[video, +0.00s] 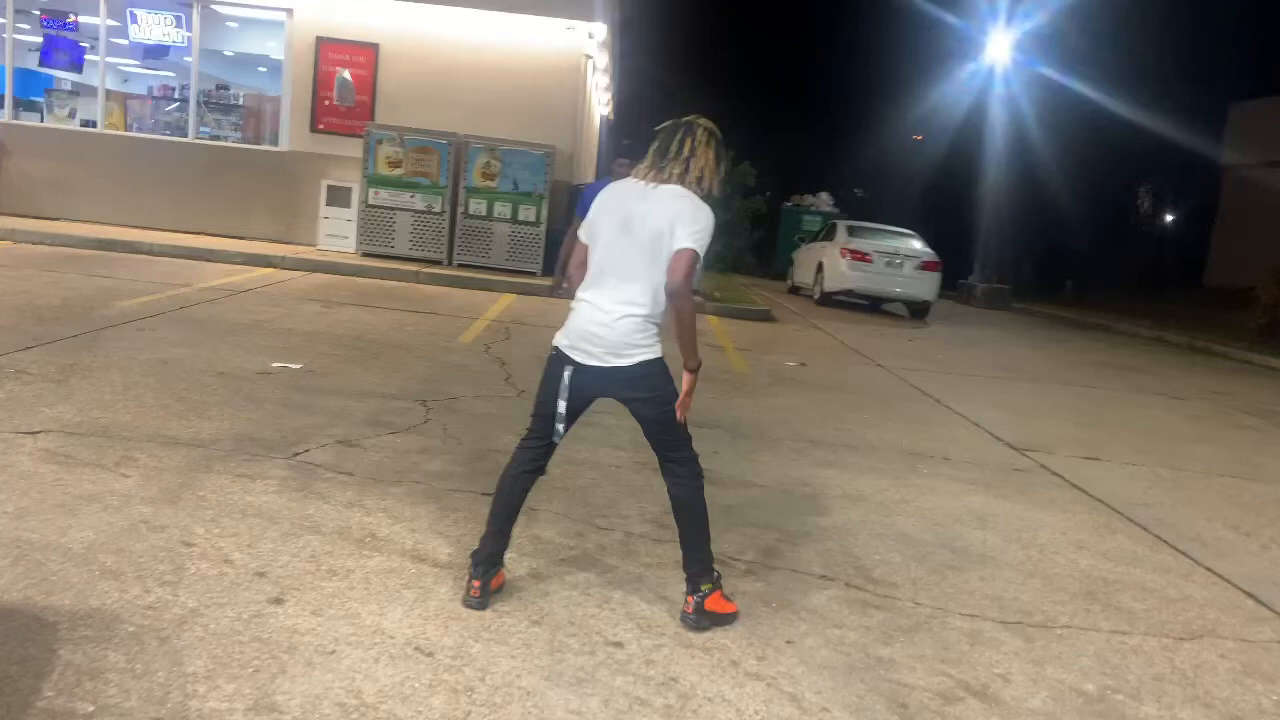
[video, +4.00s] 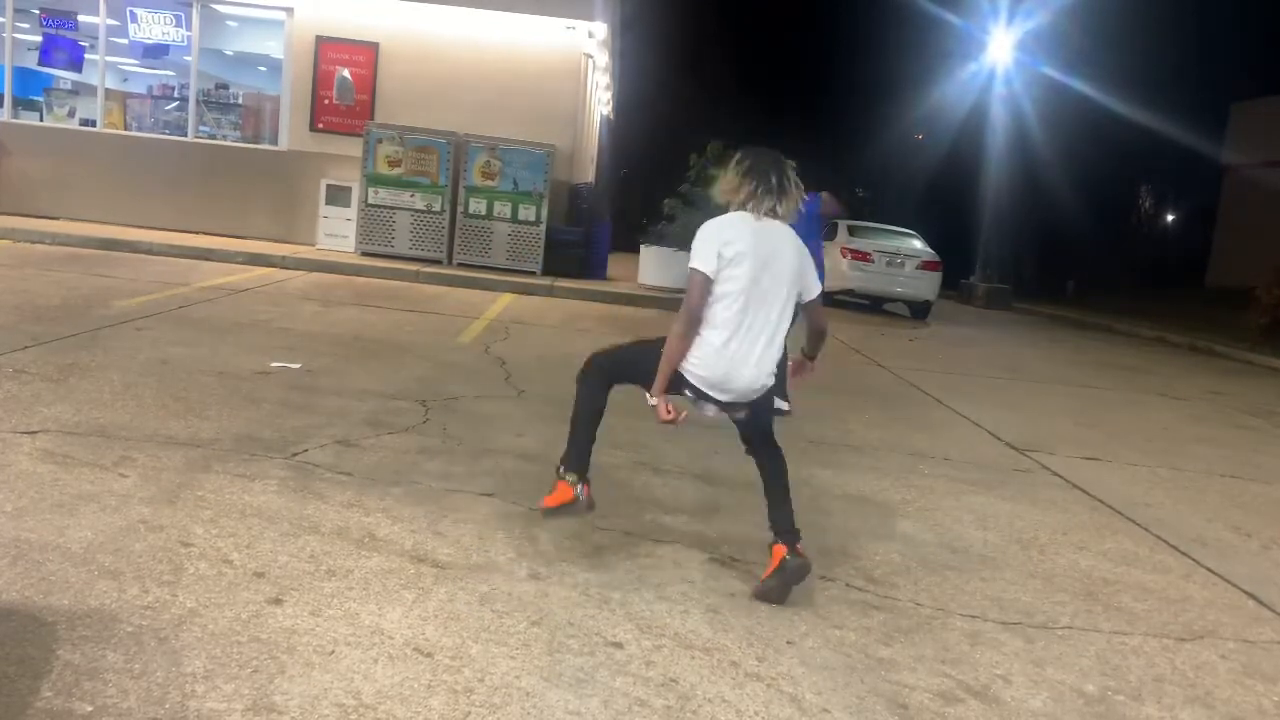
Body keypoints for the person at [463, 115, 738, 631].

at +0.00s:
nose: (715, 175)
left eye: (716, 167)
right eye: (714, 166)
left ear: (658, 150)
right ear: (702, 162)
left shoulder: (608, 192)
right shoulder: (694, 210)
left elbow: (572, 275)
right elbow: (678, 285)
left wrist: (610, 305)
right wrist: (691, 364)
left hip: (574, 353)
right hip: (636, 361)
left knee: (530, 453)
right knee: (679, 462)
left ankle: (482, 572)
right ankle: (702, 591)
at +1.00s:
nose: (680, 165)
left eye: (680, 157)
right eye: (678, 157)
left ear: (622, 149)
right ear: (669, 157)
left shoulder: (584, 197)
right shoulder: (672, 208)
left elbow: (555, 275)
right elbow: (664, 295)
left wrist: (585, 318)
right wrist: (674, 384)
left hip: (574, 361)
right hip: (638, 365)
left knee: (542, 461)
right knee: (677, 467)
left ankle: (484, 571)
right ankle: (704, 591)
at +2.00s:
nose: (675, 161)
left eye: (675, 153)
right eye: (673, 152)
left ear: (615, 145)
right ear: (662, 152)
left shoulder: (576, 196)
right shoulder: (670, 208)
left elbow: (552, 275)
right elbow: (678, 298)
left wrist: (584, 316)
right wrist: (692, 380)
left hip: (578, 359)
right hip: (645, 362)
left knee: (548, 461)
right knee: (677, 468)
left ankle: (486, 571)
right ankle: (705, 591)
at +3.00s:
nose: (616, 131)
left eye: (622, 126)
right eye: (622, 129)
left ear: (628, 134)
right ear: (672, 150)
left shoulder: (605, 170)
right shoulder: (674, 204)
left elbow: (536, 142)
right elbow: (678, 249)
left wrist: (466, 96)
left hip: (581, 342)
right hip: (635, 345)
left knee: (513, 431)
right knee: (603, 416)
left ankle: (525, 562)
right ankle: (680, 493)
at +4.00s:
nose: (721, 184)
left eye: (728, 176)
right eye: (725, 175)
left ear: (743, 184)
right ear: (784, 193)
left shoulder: (718, 230)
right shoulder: (796, 246)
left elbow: (692, 311)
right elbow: (818, 324)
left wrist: (660, 389)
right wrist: (809, 357)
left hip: (696, 371)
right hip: (753, 387)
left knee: (598, 368)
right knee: (765, 447)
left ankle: (573, 478)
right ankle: (787, 544)